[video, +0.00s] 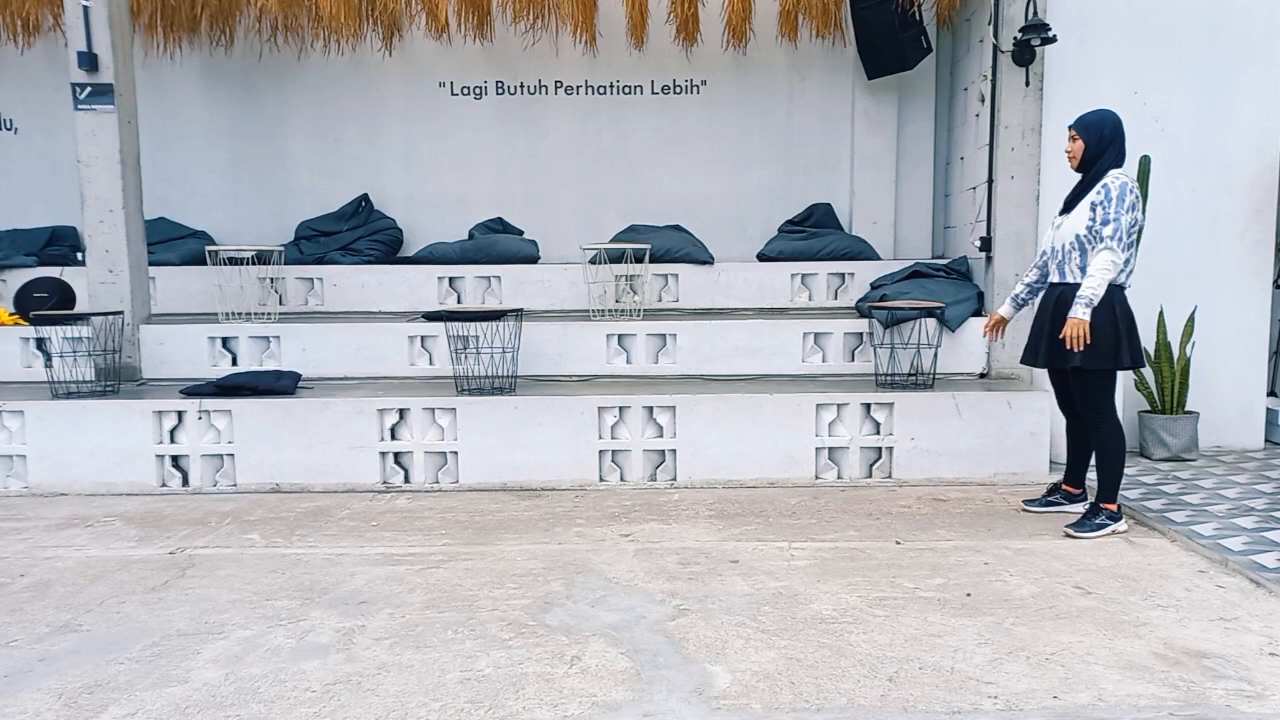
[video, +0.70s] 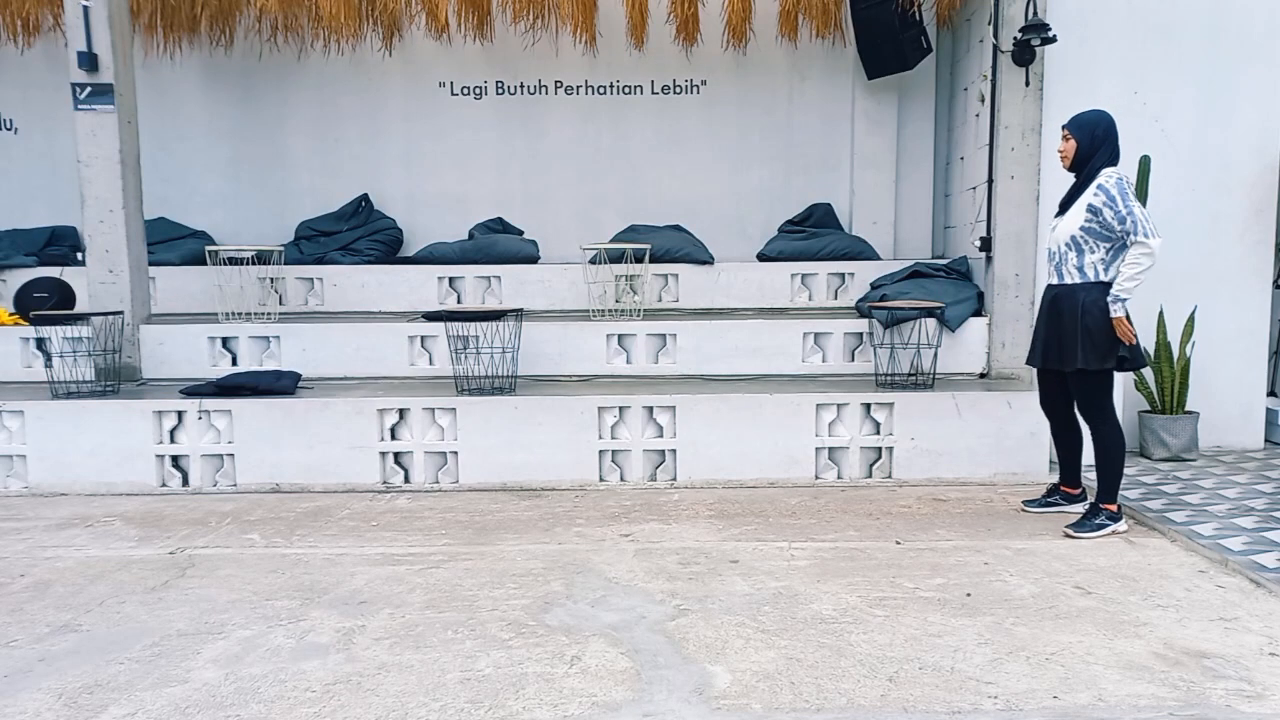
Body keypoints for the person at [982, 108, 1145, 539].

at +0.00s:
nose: (1068, 147)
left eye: (1075, 139)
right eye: (1069, 139)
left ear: (1099, 142)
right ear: (1092, 143)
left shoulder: (1118, 186)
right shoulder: (1080, 193)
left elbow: (1112, 253)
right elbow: (1045, 261)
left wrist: (1082, 307)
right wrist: (1008, 308)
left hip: (1095, 306)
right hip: (1060, 305)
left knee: (1099, 408)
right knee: (1072, 405)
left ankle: (1108, 507)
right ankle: (1071, 488)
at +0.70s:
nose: (1060, 147)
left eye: (1067, 139)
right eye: (1061, 139)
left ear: (1090, 142)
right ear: (1086, 143)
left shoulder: (1110, 183)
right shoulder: (1079, 189)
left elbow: (1146, 242)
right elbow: (1080, 254)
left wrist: (1116, 300)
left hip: (1090, 307)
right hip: (1056, 306)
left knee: (1096, 405)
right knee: (1054, 400)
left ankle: (1108, 508)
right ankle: (1069, 488)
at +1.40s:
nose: (1040, 155)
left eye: (1047, 147)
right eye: (1041, 147)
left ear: (1069, 149)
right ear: (1063, 151)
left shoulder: (1088, 186)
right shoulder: (1060, 192)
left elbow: (1121, 236)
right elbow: (1074, 245)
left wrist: (1085, 273)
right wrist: (1090, 279)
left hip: (1067, 307)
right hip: (1049, 305)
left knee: (1037, 399)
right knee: (1060, 401)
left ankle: (1057, 497)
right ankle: (1072, 489)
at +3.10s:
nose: (1009, 169)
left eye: (1014, 161)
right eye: (1008, 161)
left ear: (1035, 158)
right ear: (1031, 161)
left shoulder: (1054, 188)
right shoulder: (1039, 195)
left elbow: (1090, 231)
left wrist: (1050, 285)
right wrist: (1030, 286)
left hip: (1039, 312)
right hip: (1033, 311)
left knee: (999, 398)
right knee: (1051, 402)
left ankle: (1004, 495)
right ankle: (1071, 489)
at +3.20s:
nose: (1000, 168)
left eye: (1005, 160)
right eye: (998, 160)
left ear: (1027, 158)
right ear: (1017, 160)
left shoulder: (1048, 186)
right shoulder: (1025, 198)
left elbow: (1091, 231)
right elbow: (1015, 262)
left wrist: (1052, 283)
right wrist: (997, 306)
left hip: (1032, 310)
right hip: (1017, 310)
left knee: (994, 397)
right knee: (1048, 404)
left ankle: (964, 490)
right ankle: (1071, 489)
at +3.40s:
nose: (976, 169)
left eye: (981, 161)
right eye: (976, 162)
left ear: (1002, 160)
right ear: (996, 163)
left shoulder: (1027, 194)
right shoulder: (997, 205)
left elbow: (1072, 248)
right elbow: (978, 268)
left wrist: (1074, 311)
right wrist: (948, 304)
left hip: (1006, 310)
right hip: (988, 311)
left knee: (968, 400)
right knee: (1030, 403)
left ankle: (939, 489)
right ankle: (1068, 486)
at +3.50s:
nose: (960, 169)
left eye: (965, 160)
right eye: (960, 160)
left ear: (987, 160)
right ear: (983, 160)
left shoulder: (1011, 198)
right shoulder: (983, 204)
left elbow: (1041, 263)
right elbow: (958, 265)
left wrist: (1071, 321)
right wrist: (927, 300)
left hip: (982, 308)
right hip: (967, 308)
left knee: (959, 402)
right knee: (1006, 402)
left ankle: (940, 490)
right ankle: (1060, 479)